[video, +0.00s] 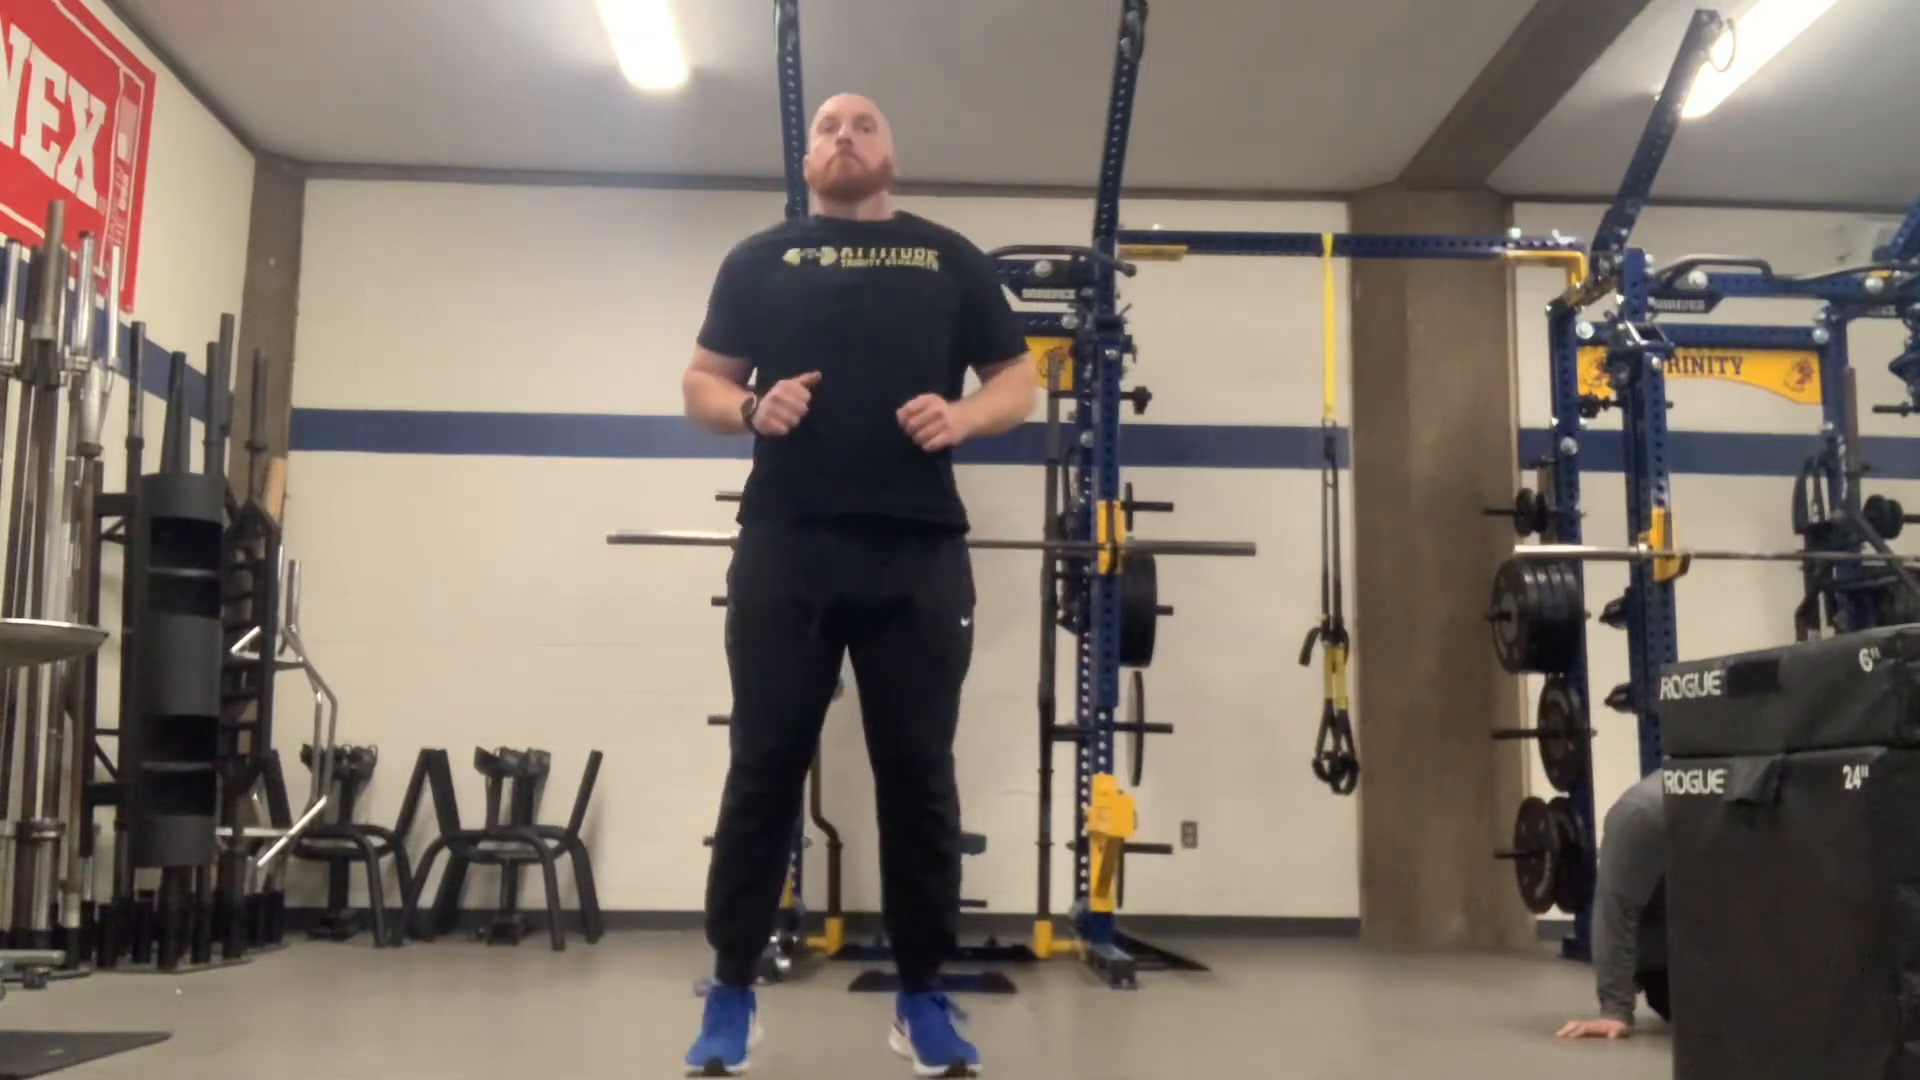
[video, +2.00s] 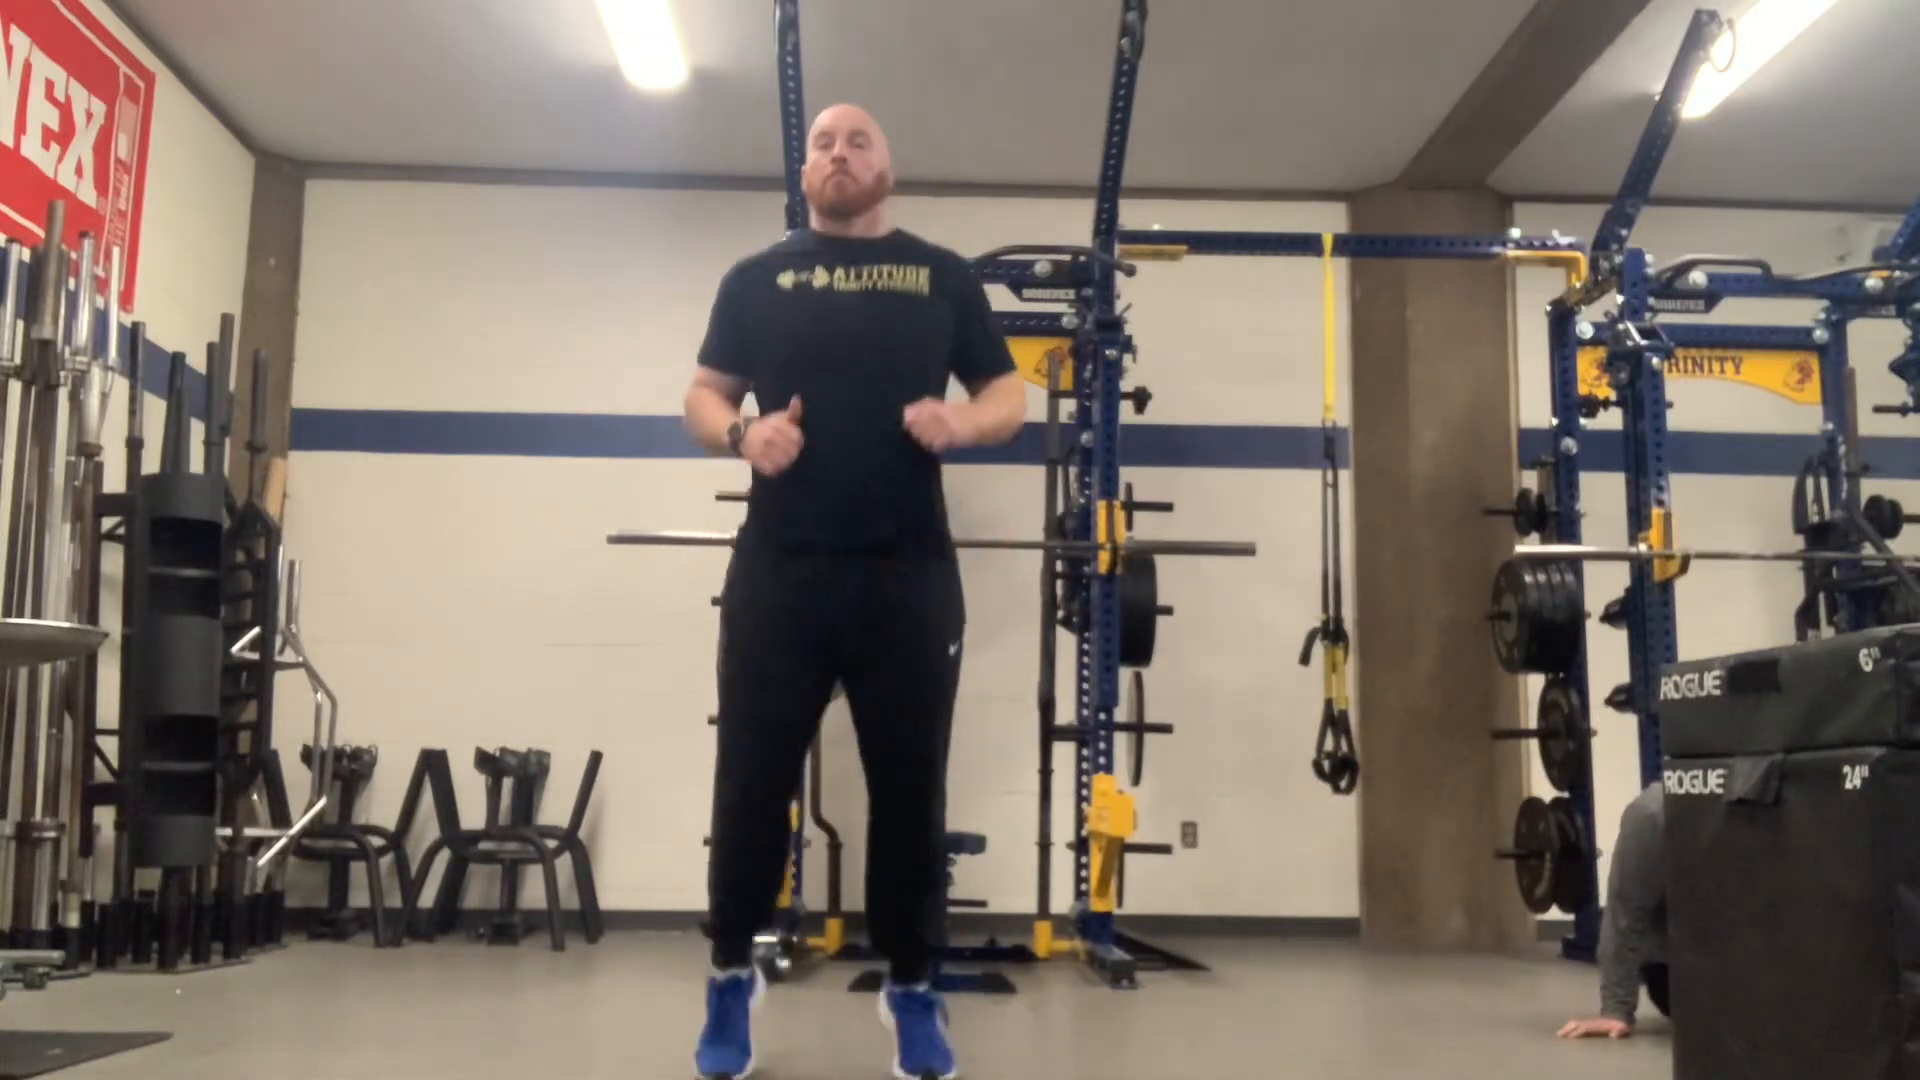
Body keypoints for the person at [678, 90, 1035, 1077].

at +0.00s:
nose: (847, 128)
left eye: (864, 120)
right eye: (828, 124)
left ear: (896, 156)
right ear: (804, 163)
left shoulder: (953, 260)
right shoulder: (758, 261)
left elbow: (1018, 387)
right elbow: (702, 390)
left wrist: (966, 416)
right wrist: (750, 407)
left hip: (916, 554)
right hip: (785, 552)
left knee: (920, 777)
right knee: (763, 772)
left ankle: (923, 996)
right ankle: (730, 991)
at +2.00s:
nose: (839, 152)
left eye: (857, 140)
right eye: (823, 143)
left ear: (890, 168)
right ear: (801, 174)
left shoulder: (945, 278)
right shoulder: (755, 279)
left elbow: (1009, 400)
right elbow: (705, 401)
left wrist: (963, 422)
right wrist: (741, 433)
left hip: (907, 573)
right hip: (780, 572)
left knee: (910, 791)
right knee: (751, 782)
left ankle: (913, 994)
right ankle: (730, 983)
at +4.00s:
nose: (828, 201)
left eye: (847, 189)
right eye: (812, 192)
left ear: (881, 221)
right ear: (791, 226)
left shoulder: (936, 331)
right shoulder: (742, 333)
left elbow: (1008, 448)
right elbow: (672, 454)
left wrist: (968, 476)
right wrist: (708, 484)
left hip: (902, 608)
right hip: (769, 606)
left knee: (912, 810)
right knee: (737, 803)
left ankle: (920, 1030)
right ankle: (705, 1027)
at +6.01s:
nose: (842, 127)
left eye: (862, 117)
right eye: (827, 119)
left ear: (896, 151)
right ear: (805, 153)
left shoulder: (942, 258)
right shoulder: (749, 256)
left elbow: (1007, 380)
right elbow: (701, 367)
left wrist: (961, 422)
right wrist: (727, 409)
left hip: (903, 547)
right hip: (772, 543)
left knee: (916, 770)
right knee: (739, 762)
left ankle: (923, 981)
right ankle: (705, 969)